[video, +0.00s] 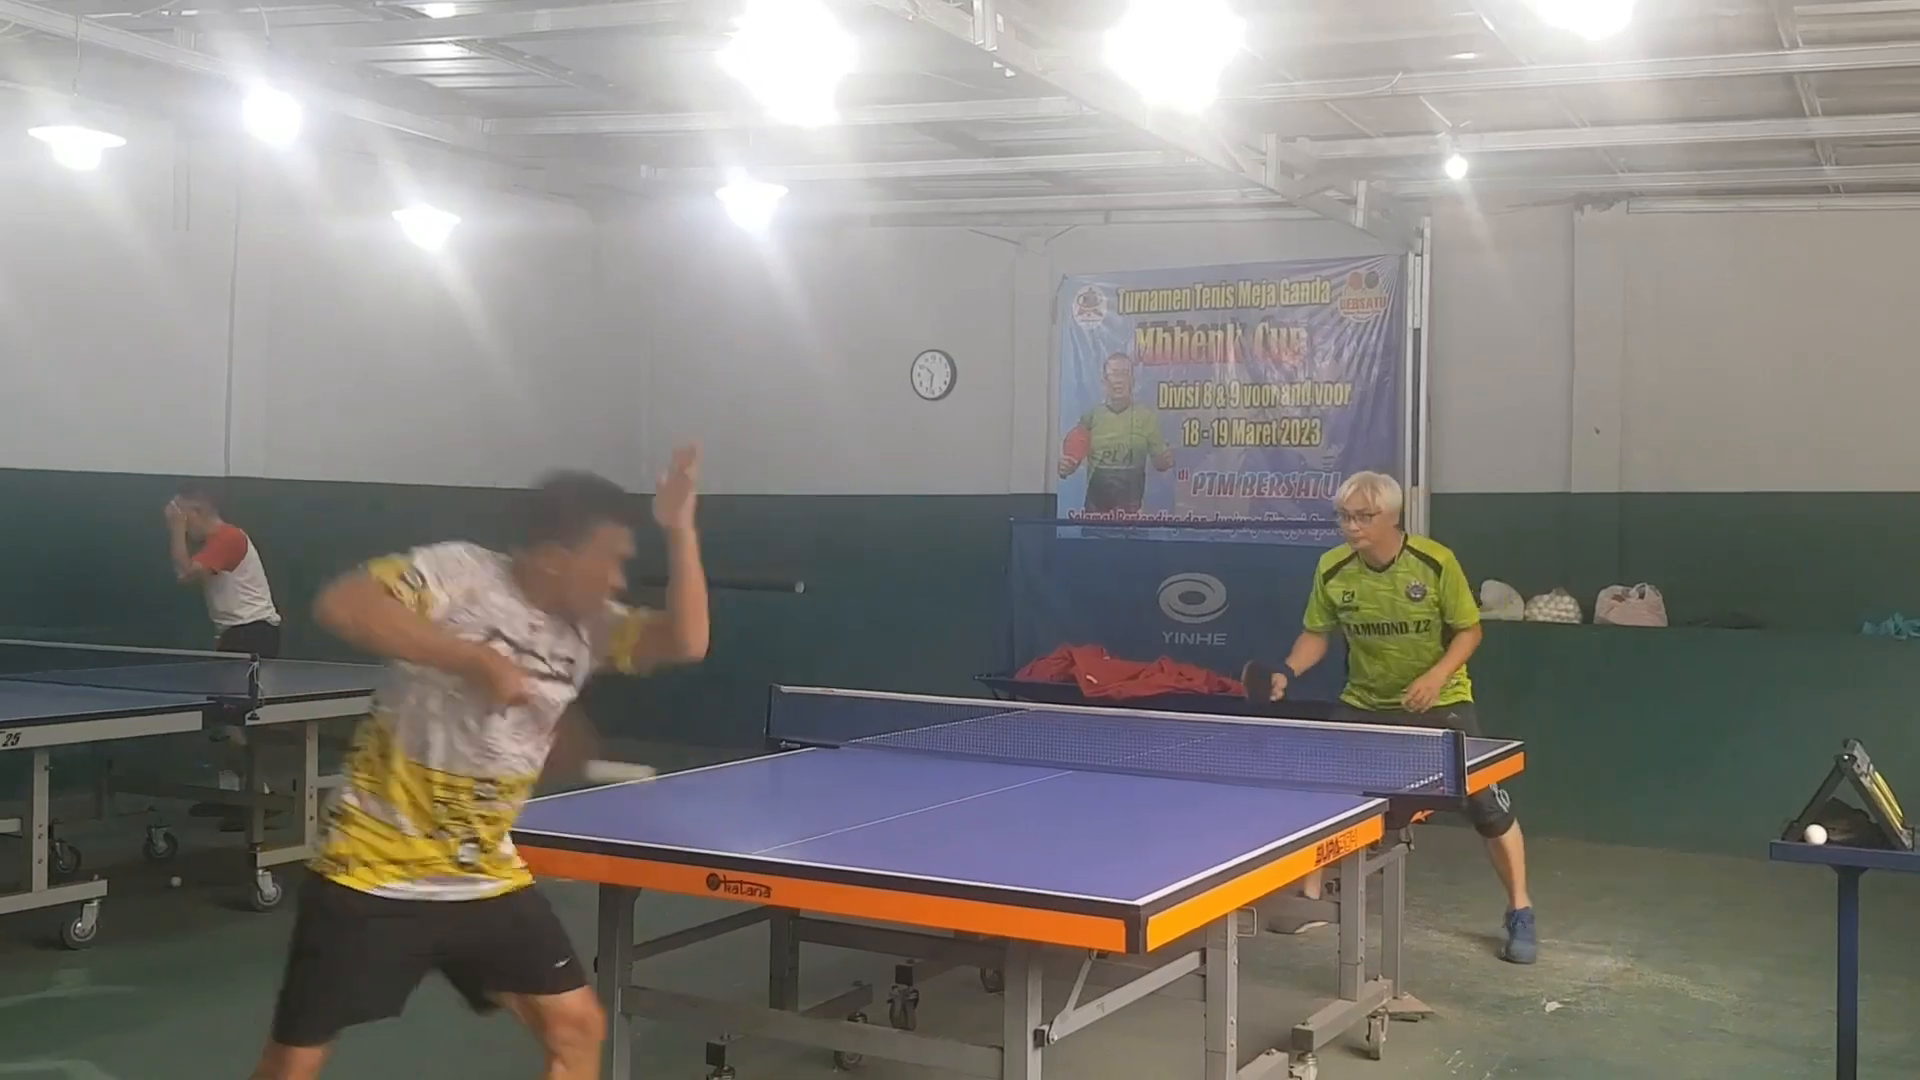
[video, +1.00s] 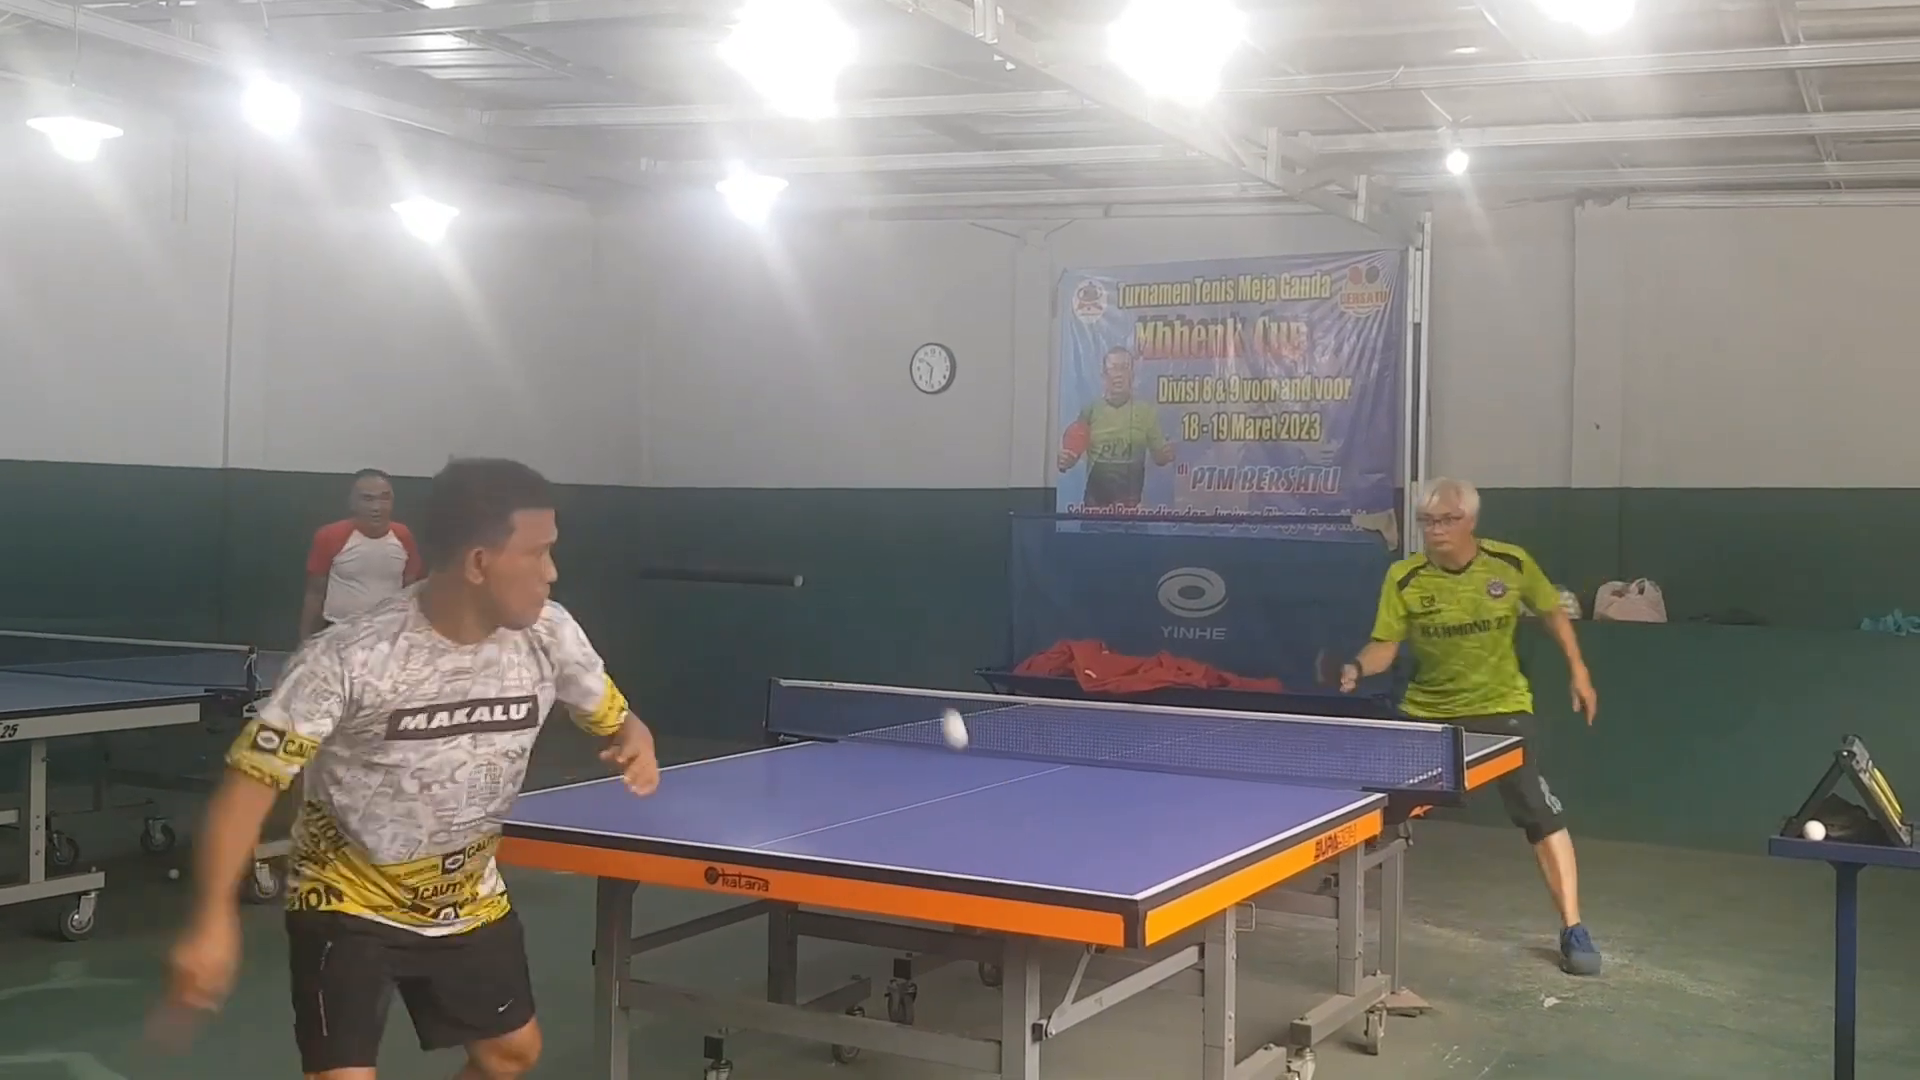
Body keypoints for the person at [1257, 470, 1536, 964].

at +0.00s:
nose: (1348, 527)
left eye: (1359, 517)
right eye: (1343, 517)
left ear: (1390, 518)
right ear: (1341, 519)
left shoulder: (1436, 562)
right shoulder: (1332, 569)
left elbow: (1469, 630)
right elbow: (1315, 635)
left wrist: (1437, 676)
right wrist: (1288, 670)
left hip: (1440, 701)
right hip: (1363, 702)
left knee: (1487, 801)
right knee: (1313, 781)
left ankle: (1520, 909)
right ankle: (1310, 896)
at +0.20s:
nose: (1379, 530)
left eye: (1389, 519)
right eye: (1372, 521)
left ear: (1419, 518)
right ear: (1366, 525)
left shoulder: (1468, 562)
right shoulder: (1365, 573)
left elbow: (1506, 634)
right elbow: (1361, 647)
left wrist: (1468, 667)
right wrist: (1332, 671)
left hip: (1472, 716)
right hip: (1393, 716)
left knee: (1517, 811)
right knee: (1330, 787)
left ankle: (1568, 925)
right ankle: (1314, 896)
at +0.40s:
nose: (1458, 517)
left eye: (1469, 507)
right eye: (1450, 508)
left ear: (1497, 504)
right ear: (1443, 508)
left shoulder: (1543, 537)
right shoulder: (1438, 561)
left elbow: (1590, 593)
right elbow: (1474, 621)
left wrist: (1578, 619)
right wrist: (1481, 653)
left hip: (1541, 702)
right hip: (1473, 704)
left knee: (1570, 820)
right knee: (1403, 787)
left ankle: (1579, 929)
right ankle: (1373, 888)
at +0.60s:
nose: (1473, 507)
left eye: (1485, 497)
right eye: (1464, 499)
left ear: (1510, 498)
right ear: (1454, 503)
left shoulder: (1541, 530)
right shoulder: (1450, 554)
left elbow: (1585, 564)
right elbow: (1477, 595)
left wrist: (1613, 562)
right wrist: (1480, 625)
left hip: (1549, 700)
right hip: (1484, 706)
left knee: (1603, 808)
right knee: (1499, 816)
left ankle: (1572, 921)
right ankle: (1498, 939)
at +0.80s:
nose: (1481, 505)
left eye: (1493, 494)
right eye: (1472, 495)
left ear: (1519, 496)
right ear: (1462, 499)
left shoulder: (1556, 539)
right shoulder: (1444, 557)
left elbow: (1611, 588)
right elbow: (1440, 631)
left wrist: (1617, 621)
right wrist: (1429, 649)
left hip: (1539, 691)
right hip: (1465, 692)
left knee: (1561, 805)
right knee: (1455, 796)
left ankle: (1576, 929)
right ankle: (1454, 921)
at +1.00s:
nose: (1436, 529)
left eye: (1447, 520)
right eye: (1428, 521)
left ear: (1471, 523)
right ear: (1420, 524)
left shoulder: (1511, 564)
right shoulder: (1403, 578)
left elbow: (1552, 612)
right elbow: (1383, 647)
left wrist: (1578, 669)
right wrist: (1358, 667)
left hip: (1499, 705)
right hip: (1424, 707)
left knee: (1536, 806)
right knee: (1376, 799)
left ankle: (1573, 928)